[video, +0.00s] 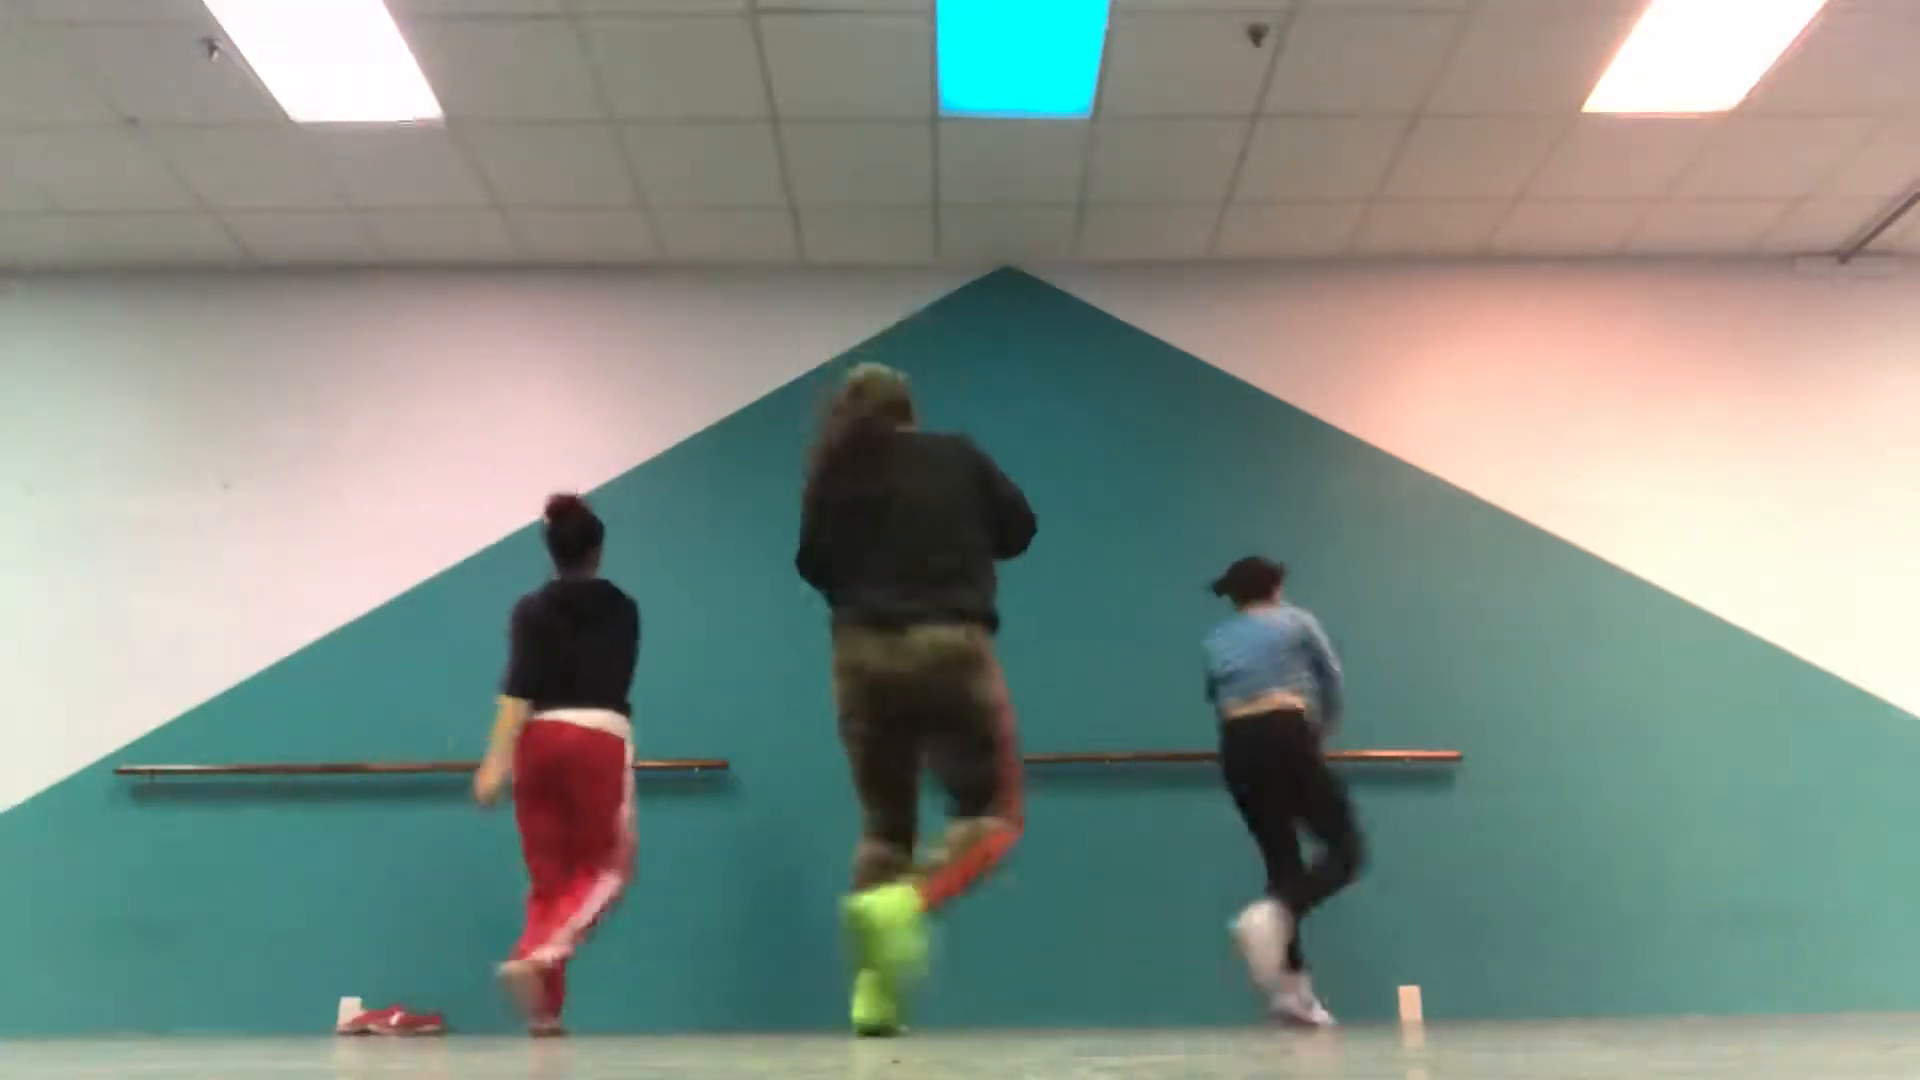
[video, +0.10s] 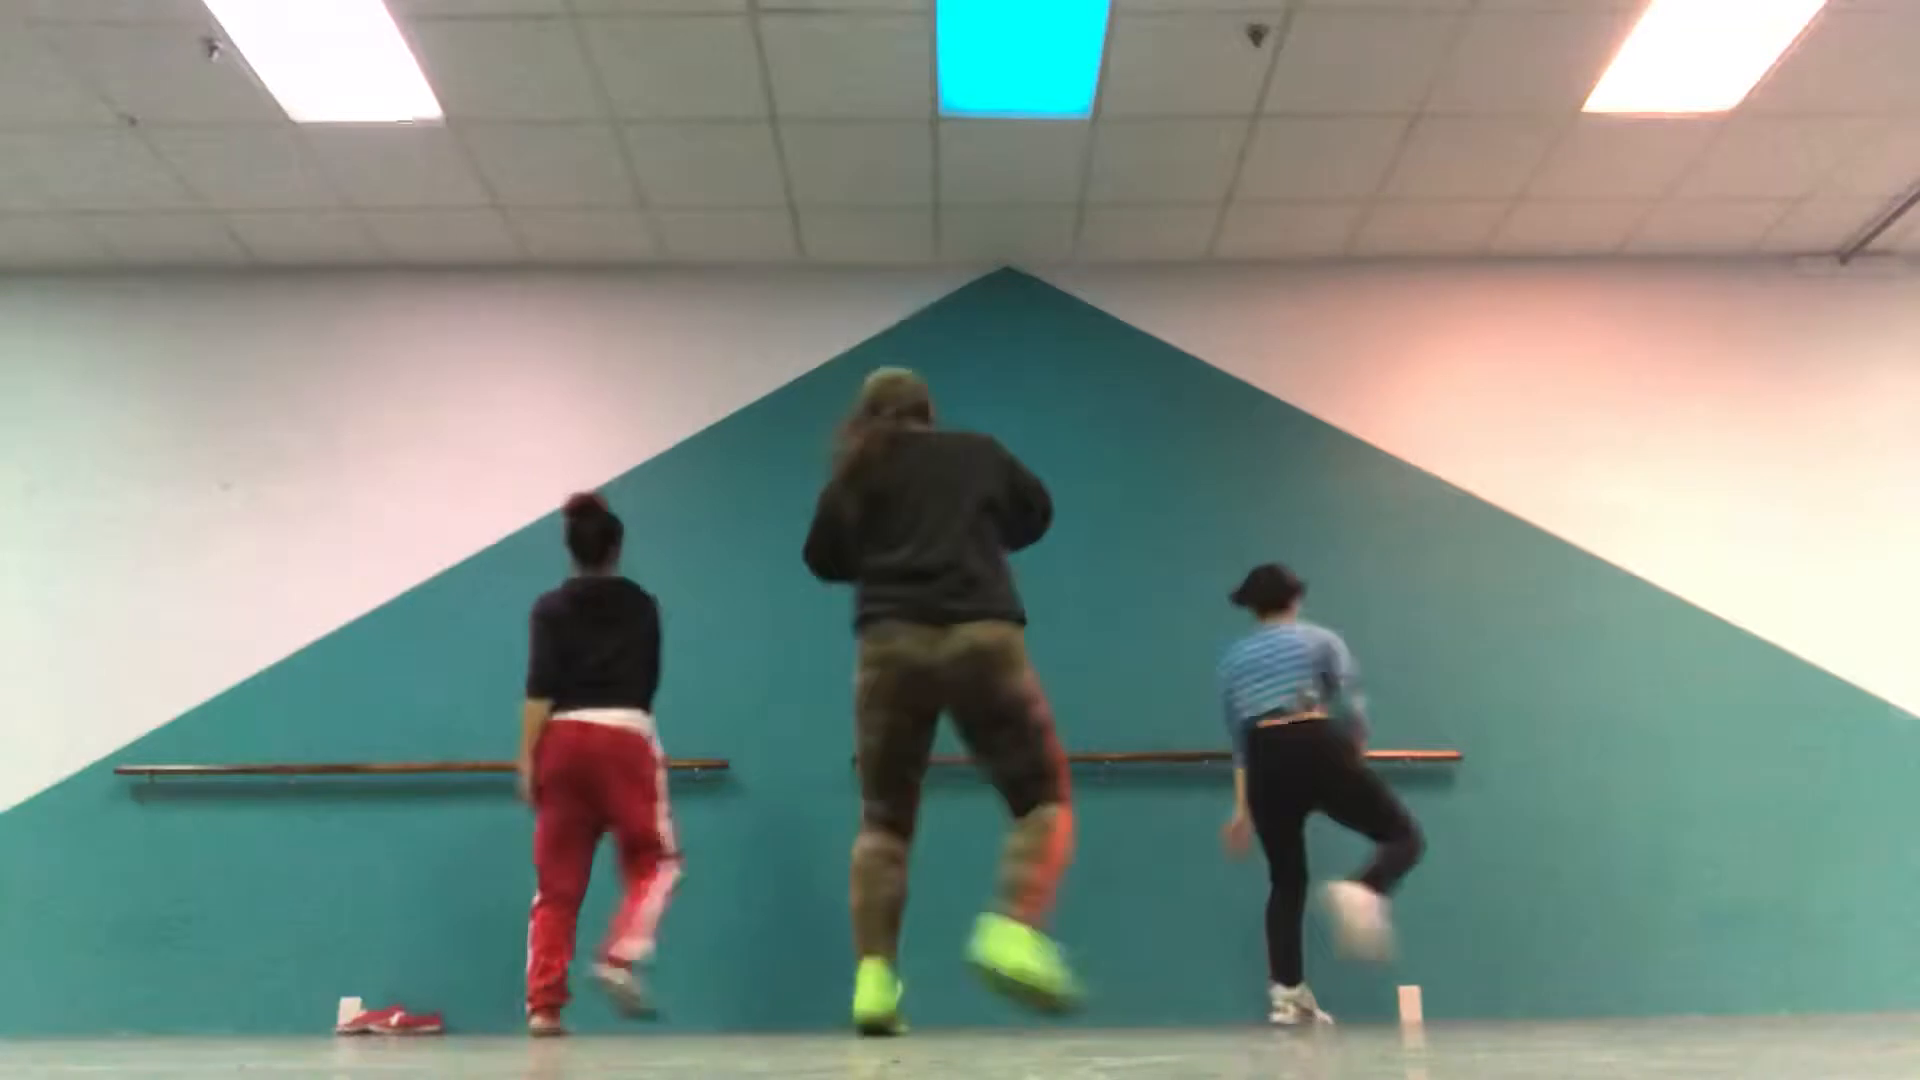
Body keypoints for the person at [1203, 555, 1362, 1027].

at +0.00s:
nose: (1280, 597)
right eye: (1279, 590)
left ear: (1234, 599)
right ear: (1276, 590)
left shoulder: (1217, 637)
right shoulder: (1297, 621)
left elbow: (1214, 695)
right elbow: (1331, 676)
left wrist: (1244, 720)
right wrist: (1323, 727)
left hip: (1238, 742)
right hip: (1289, 734)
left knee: (1280, 862)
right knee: (1346, 849)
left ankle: (1291, 984)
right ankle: (1278, 916)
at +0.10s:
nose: (1299, 607)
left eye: (1291, 602)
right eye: (1298, 601)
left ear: (1253, 608)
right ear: (1295, 602)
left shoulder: (1234, 658)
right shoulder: (1321, 640)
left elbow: (1239, 741)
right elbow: (1354, 706)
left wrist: (1243, 807)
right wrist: (1353, 753)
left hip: (1265, 764)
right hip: (1320, 752)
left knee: (1287, 879)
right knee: (1404, 837)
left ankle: (1287, 990)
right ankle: (1365, 890)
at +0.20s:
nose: (1324, 597)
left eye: (1320, 590)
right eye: (1322, 591)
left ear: (1274, 600)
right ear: (1317, 593)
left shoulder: (1254, 647)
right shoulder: (1348, 630)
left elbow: (1248, 727)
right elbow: (1376, 699)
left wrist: (1232, 785)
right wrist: (1390, 754)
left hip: (1293, 749)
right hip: (1352, 738)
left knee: (1286, 867)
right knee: (1413, 833)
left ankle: (1290, 983)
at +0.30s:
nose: (1348, 611)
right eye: (1347, 605)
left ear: (1297, 611)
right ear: (1341, 606)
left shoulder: (1281, 652)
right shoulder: (1367, 638)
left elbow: (1274, 717)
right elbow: (1410, 700)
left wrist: (1242, 767)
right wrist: (1439, 756)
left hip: (1323, 763)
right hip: (1383, 757)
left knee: (1300, 874)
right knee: (1442, 868)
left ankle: (1302, 975)